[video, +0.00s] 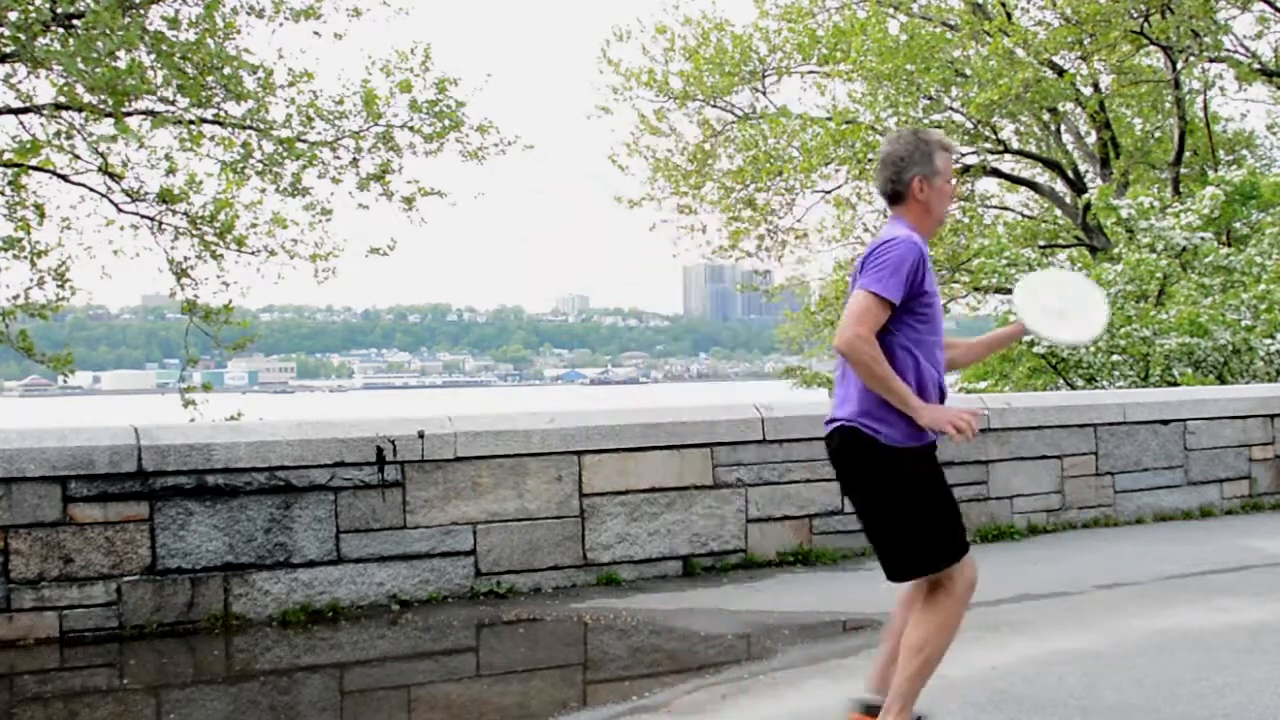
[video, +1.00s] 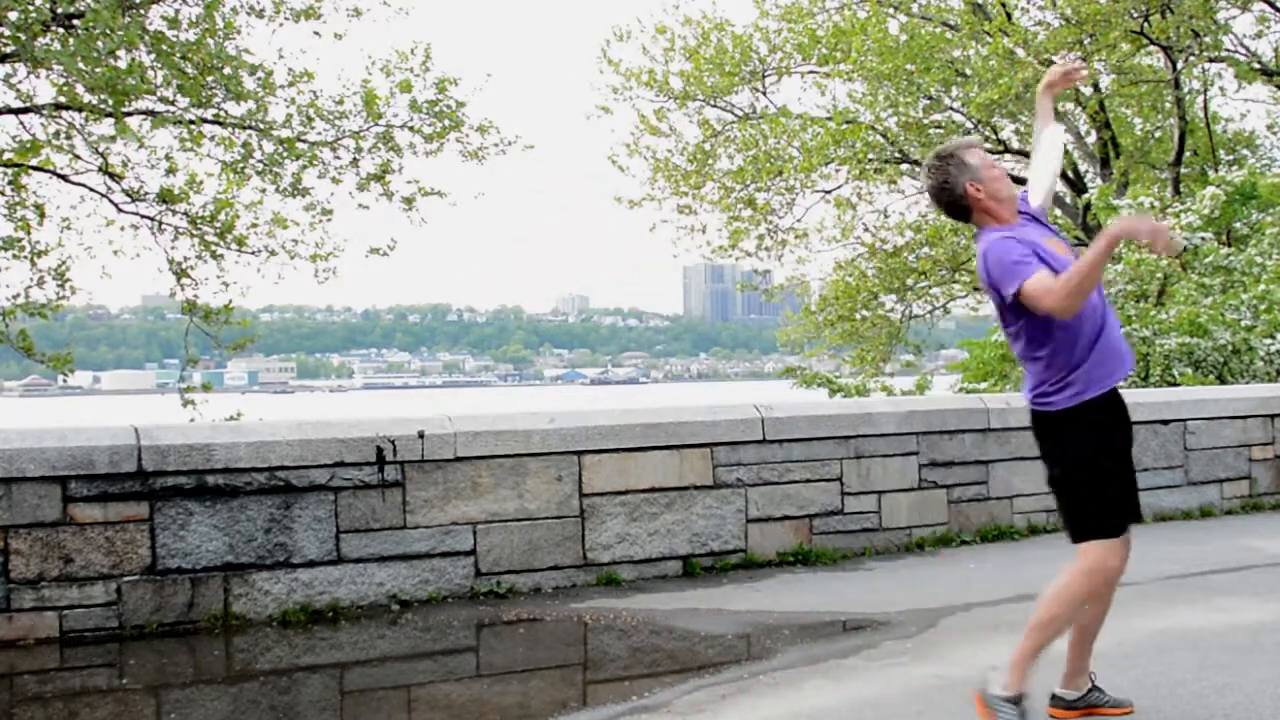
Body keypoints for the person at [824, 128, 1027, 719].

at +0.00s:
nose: (956, 189)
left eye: (955, 177)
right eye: (949, 177)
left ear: (913, 187)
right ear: (919, 185)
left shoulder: (906, 251)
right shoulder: (901, 249)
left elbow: (936, 357)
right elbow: (852, 339)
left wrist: (1016, 330)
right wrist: (923, 409)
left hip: (877, 437)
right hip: (881, 438)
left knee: (928, 576)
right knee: (956, 578)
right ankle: (895, 712)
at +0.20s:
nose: (970, 173)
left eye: (967, 162)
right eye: (961, 163)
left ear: (934, 177)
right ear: (928, 177)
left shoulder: (964, 239)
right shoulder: (899, 253)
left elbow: (1027, 271)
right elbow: (863, 350)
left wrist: (1085, 234)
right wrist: (921, 429)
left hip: (952, 429)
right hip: (915, 435)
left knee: (977, 569)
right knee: (981, 570)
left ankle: (970, 695)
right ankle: (900, 707)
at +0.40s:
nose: (961, 150)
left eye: (954, 141)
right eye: (948, 144)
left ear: (932, 164)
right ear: (924, 165)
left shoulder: (973, 208)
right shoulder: (912, 243)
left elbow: (1031, 176)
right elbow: (882, 345)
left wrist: (1072, 105)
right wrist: (937, 424)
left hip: (982, 415)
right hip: (942, 423)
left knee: (995, 559)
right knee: (969, 565)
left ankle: (969, 694)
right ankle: (913, 706)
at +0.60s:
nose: (961, 151)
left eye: (954, 144)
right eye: (950, 146)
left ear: (936, 174)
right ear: (933, 171)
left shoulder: (979, 218)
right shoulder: (932, 240)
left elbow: (1021, 183)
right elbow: (915, 343)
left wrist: (1037, 107)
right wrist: (986, 410)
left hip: (1001, 422)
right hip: (956, 428)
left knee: (1058, 549)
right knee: (965, 576)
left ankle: (1013, 679)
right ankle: (913, 709)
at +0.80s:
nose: (984, 160)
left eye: (974, 154)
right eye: (974, 157)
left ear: (962, 182)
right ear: (960, 181)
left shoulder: (1005, 216)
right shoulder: (968, 246)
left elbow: (1033, 174)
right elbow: (981, 341)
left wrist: (1035, 103)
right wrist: (1078, 362)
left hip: (1039, 419)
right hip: (999, 428)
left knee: (1092, 550)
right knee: (990, 576)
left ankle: (1071, 686)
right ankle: (921, 708)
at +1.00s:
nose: (1004, 166)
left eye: (996, 160)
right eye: (993, 164)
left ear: (984, 191)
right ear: (977, 193)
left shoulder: (1027, 217)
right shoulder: (999, 250)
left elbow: (1045, 161)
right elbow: (1059, 300)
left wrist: (1045, 94)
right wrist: (1116, 233)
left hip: (1097, 402)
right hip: (1068, 412)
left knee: (1109, 554)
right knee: (1102, 556)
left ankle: (1075, 686)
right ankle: (1008, 685)